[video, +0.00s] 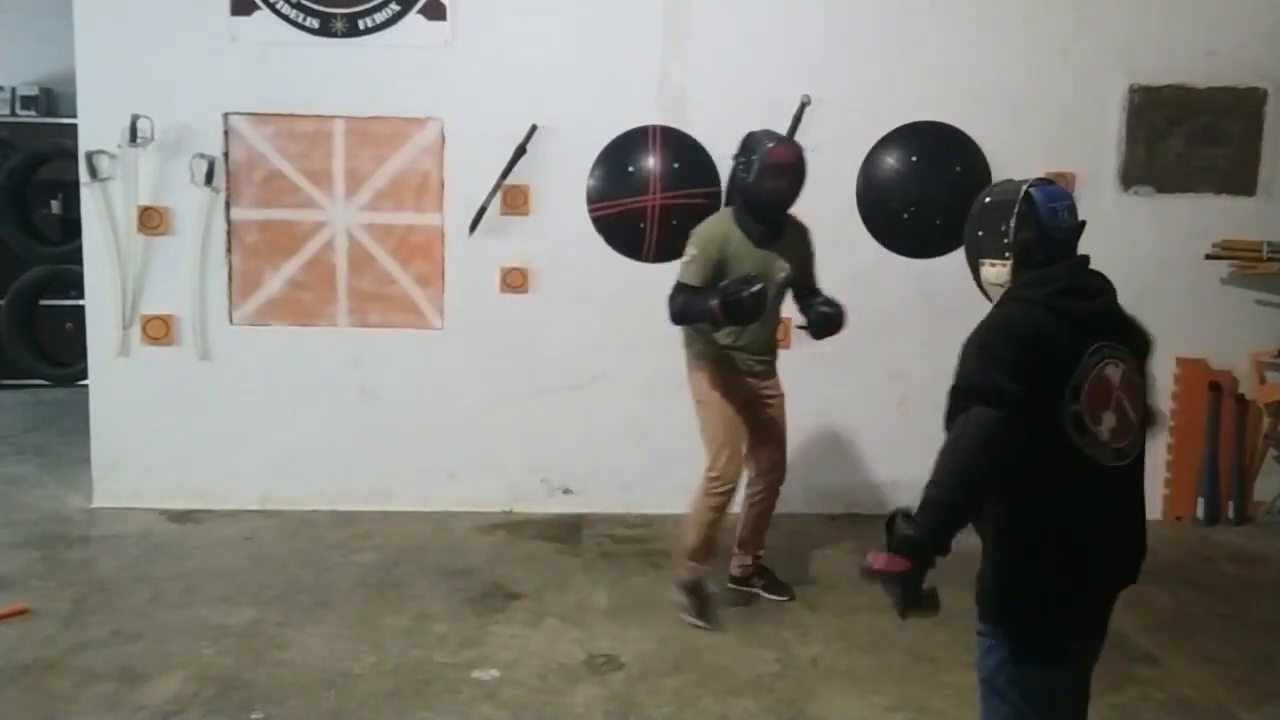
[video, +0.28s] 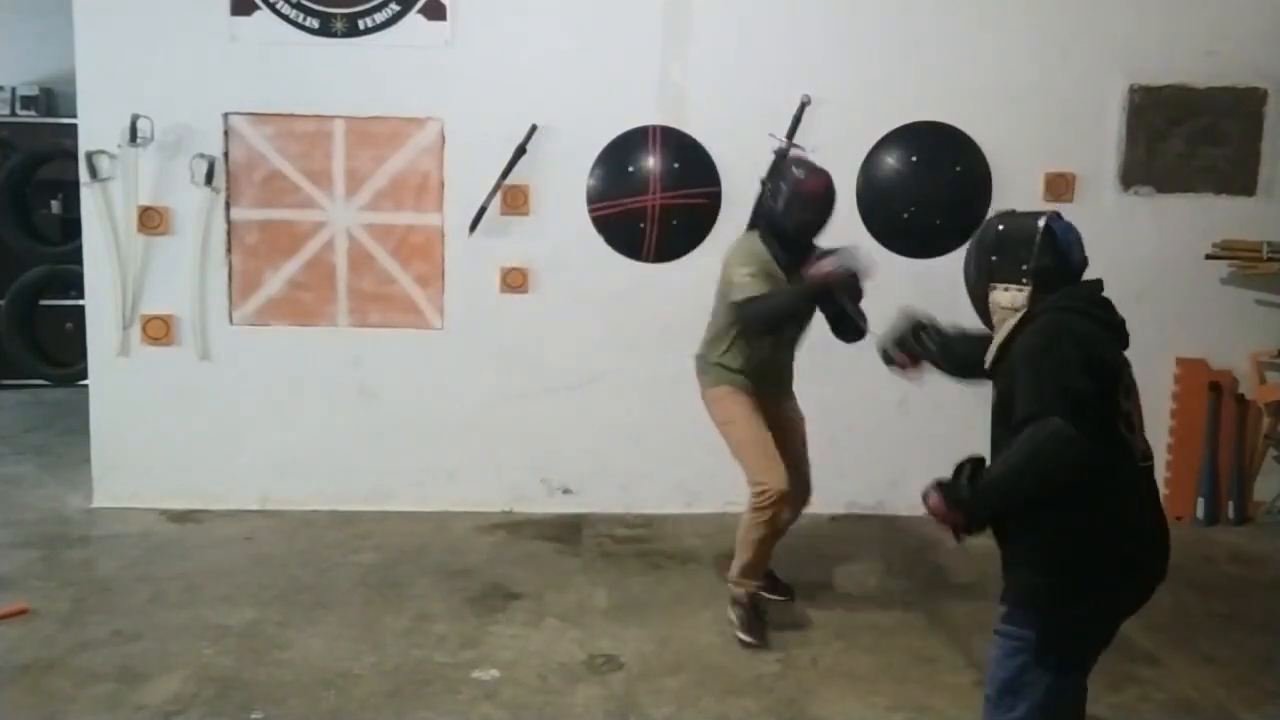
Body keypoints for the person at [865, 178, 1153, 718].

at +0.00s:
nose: (984, 259)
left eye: (990, 246)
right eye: (985, 245)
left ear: (1009, 247)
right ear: (1063, 240)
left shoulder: (1009, 330)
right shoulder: (1114, 321)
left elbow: (975, 446)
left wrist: (918, 539)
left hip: (1029, 566)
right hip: (1103, 556)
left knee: (1014, 697)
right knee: (1063, 696)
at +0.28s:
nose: (980, 297)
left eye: (984, 283)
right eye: (980, 283)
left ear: (1010, 280)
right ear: (1044, 273)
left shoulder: (1052, 337)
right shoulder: (1067, 321)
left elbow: (1054, 441)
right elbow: (990, 354)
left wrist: (971, 498)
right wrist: (925, 340)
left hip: (1070, 565)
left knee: (1015, 700)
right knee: (1050, 692)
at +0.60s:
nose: (1019, 275)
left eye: (1026, 264)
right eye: (1024, 262)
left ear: (1041, 275)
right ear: (1111, 272)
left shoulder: (1008, 367)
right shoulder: (1178, 363)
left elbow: (957, 476)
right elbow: (1228, 470)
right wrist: (1152, 452)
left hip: (1040, 588)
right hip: (1135, 583)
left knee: (1029, 702)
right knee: (1077, 699)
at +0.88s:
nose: (1041, 266)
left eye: (1049, 252)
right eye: (1047, 250)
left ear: (1071, 261)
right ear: (1151, 260)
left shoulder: (1029, 346)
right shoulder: (1209, 345)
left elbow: (906, 409)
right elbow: (1270, 382)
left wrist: (946, 347)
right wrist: (1254, 285)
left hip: (1058, 610)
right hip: (1164, 609)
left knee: (1049, 705)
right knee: (1130, 708)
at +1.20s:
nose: (1062, 268)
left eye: (1068, 254)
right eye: (1066, 253)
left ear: (1091, 259)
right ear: (1158, 254)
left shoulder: (1066, 347)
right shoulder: (1213, 339)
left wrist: (1018, 565)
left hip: (1087, 591)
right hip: (1185, 588)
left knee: (1068, 703)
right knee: (1142, 703)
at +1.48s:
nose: (1058, 256)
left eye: (1064, 244)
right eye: (1060, 243)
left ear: (1085, 247)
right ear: (1146, 243)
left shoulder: (1069, 326)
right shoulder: (1188, 318)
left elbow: (1016, 421)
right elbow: (1243, 348)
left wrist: (931, 482)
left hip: (1084, 570)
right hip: (1174, 571)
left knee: (1049, 696)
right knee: (1134, 700)